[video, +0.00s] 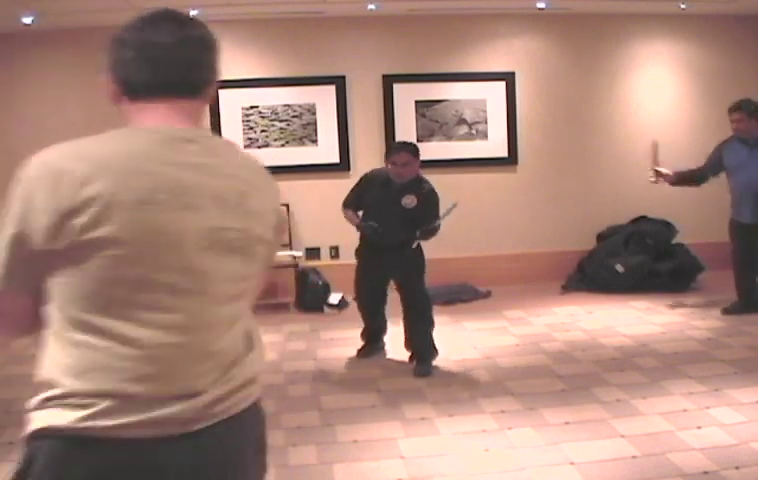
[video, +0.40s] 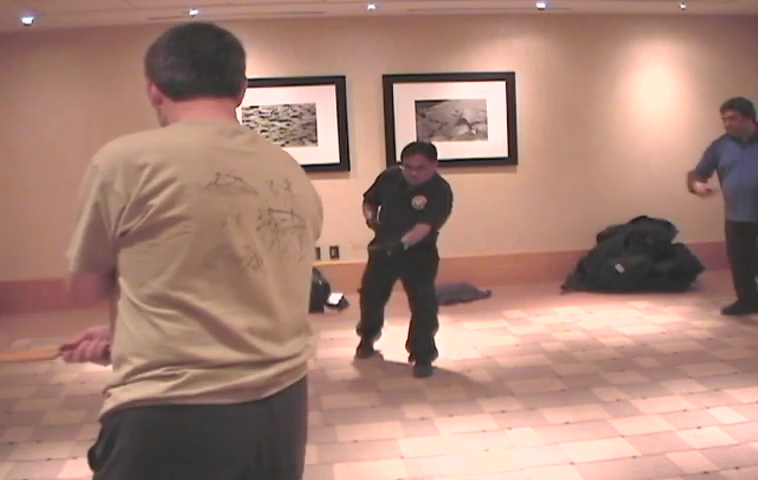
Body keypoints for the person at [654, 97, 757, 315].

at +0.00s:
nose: (735, 126)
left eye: (739, 121)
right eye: (732, 122)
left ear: (753, 120)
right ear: (731, 122)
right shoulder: (728, 148)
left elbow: (703, 173)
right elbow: (703, 173)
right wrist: (673, 177)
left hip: (754, 219)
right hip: (742, 219)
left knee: (748, 261)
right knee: (742, 262)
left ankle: (749, 301)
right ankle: (746, 300)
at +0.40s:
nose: (727, 124)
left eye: (732, 118)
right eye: (725, 119)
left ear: (748, 118)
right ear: (723, 121)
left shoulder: (756, 140)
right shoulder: (721, 146)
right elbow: (697, 174)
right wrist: (697, 185)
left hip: (755, 217)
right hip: (737, 217)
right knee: (739, 260)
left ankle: (750, 299)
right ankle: (746, 299)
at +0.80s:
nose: (753, 118)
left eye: (755, 114)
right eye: (751, 114)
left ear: (756, 115)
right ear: (748, 116)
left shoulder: (745, 145)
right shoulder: (743, 145)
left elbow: (726, 173)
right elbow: (727, 173)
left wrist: (722, 202)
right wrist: (721, 202)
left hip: (751, 218)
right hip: (749, 217)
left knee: (748, 259)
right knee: (746, 258)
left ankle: (748, 299)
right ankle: (747, 299)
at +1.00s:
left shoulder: (754, 151)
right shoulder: (755, 150)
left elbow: (747, 170)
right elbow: (747, 170)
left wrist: (731, 196)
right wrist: (731, 196)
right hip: (757, 220)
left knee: (754, 254)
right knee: (754, 254)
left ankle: (749, 296)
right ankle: (749, 296)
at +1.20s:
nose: (750, 204)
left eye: (752, 200)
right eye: (750, 200)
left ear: (755, 200)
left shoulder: (755, 179)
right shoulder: (754, 178)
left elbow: (753, 209)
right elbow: (752, 207)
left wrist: (743, 225)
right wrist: (744, 224)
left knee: (753, 254)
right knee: (751, 254)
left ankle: (753, 295)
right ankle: (751, 292)